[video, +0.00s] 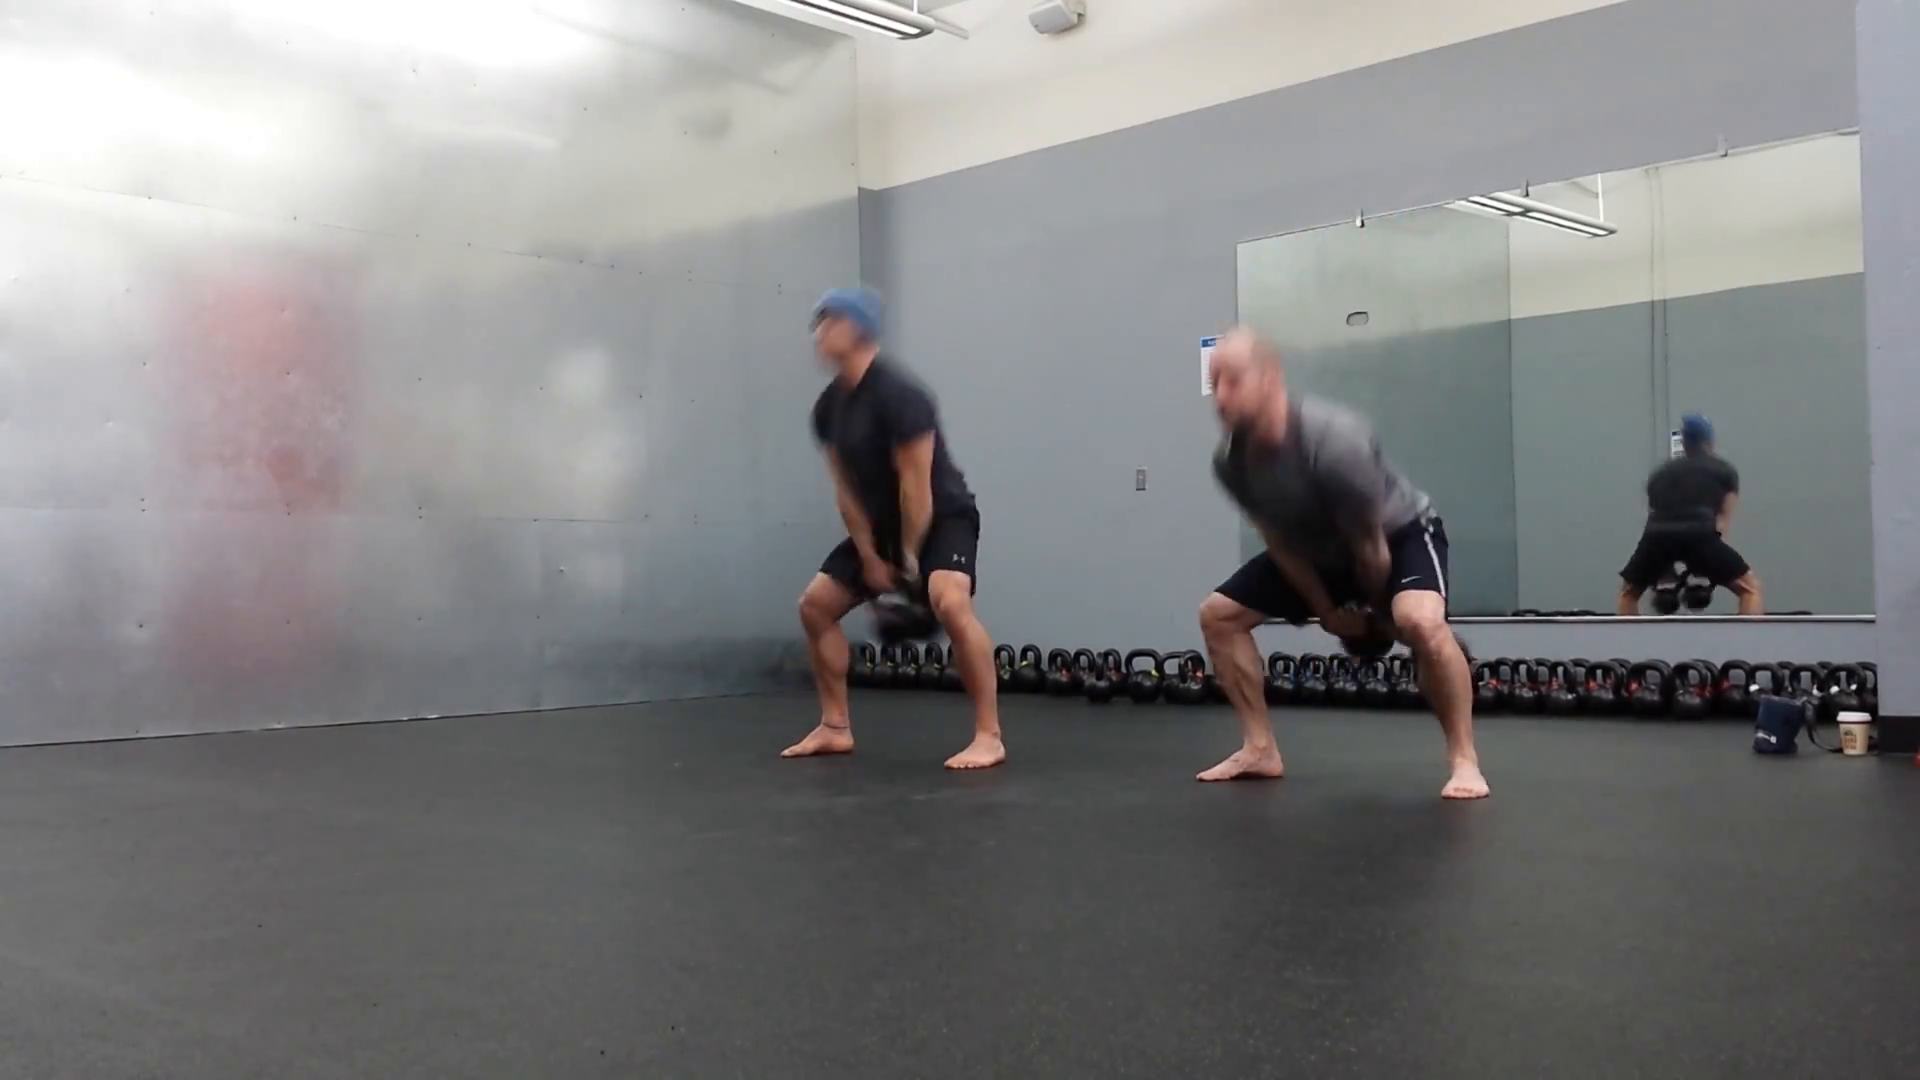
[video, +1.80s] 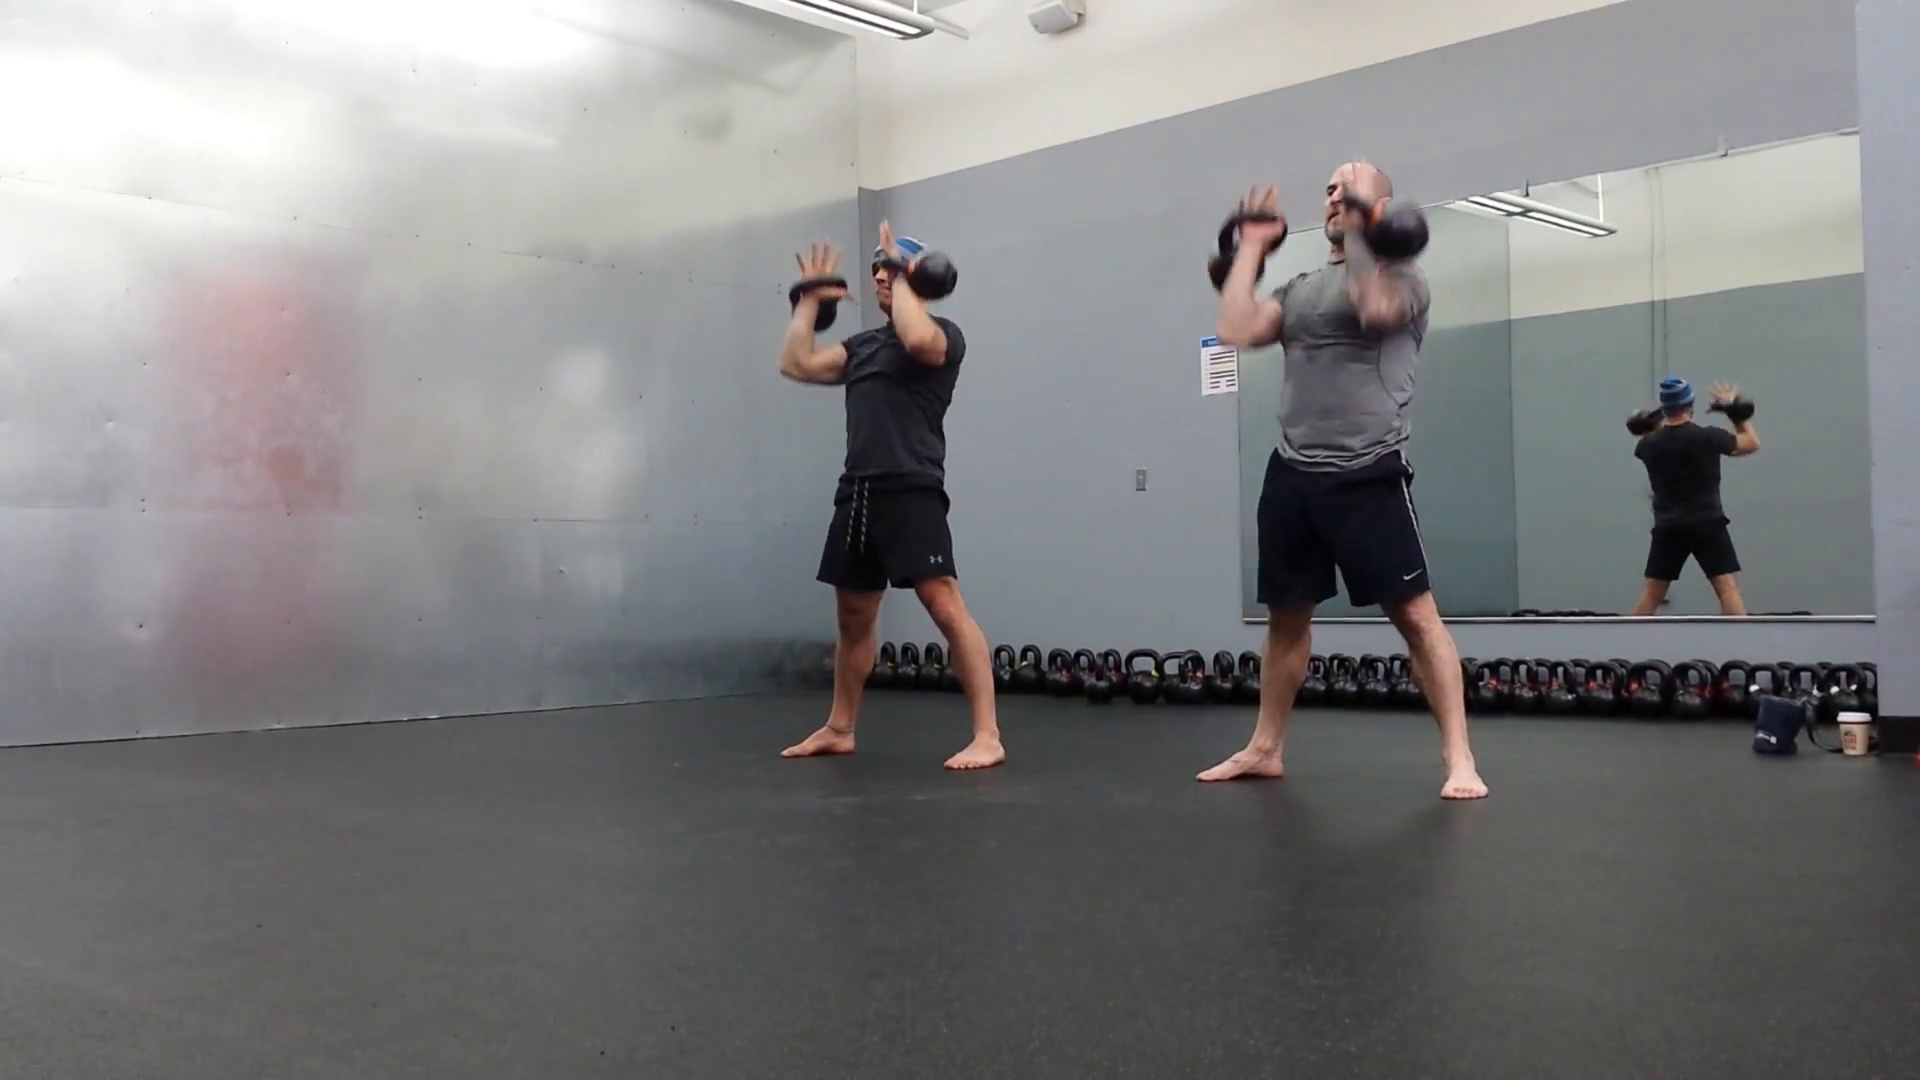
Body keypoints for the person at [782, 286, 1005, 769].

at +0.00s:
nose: (819, 331)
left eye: (831, 321)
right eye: (820, 322)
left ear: (861, 330)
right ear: (827, 334)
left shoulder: (902, 396)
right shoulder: (829, 407)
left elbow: (917, 486)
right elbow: (845, 489)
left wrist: (910, 556)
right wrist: (868, 555)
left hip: (943, 517)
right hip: (882, 522)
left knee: (949, 602)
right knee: (816, 607)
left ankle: (989, 735)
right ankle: (835, 726)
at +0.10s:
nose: (871, 293)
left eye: (882, 284)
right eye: (868, 285)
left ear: (911, 292)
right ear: (866, 296)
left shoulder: (935, 348)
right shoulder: (864, 361)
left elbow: (911, 428)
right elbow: (844, 431)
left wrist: (873, 493)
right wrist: (831, 497)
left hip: (944, 496)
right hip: (893, 500)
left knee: (952, 598)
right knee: (838, 607)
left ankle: (988, 735)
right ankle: (837, 726)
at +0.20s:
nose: (900, 293)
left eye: (909, 283)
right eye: (896, 285)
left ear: (939, 288)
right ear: (897, 294)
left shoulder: (968, 333)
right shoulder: (893, 347)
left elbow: (923, 386)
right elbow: (853, 391)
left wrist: (858, 401)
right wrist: (810, 416)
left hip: (937, 489)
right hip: (884, 488)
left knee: (951, 600)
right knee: (851, 605)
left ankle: (985, 735)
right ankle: (838, 726)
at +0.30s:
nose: (898, 293)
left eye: (908, 283)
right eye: (895, 285)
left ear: (937, 290)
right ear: (897, 296)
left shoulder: (969, 340)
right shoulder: (891, 360)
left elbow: (935, 375)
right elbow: (831, 399)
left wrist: (864, 339)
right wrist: (804, 360)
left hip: (927, 491)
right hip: (872, 491)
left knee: (946, 600)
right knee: (854, 609)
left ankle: (987, 735)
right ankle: (838, 727)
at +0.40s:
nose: (882, 285)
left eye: (891, 276)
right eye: (880, 278)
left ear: (919, 283)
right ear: (878, 283)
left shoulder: (953, 334)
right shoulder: (870, 342)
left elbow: (910, 309)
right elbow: (804, 335)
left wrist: (863, 257)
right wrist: (791, 287)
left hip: (918, 488)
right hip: (862, 491)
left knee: (944, 602)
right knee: (852, 614)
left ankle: (987, 734)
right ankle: (839, 727)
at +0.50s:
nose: (862, 279)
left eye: (875, 270)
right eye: (858, 271)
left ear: (901, 276)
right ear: (857, 279)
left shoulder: (931, 327)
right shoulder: (854, 332)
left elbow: (899, 261)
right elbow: (799, 285)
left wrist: (867, 197)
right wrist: (793, 215)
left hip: (911, 489)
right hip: (856, 492)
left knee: (943, 605)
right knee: (852, 617)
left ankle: (987, 736)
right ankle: (839, 729)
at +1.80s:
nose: (881, 277)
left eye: (894, 269)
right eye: (879, 269)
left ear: (921, 281)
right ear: (874, 284)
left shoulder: (943, 335)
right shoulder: (863, 345)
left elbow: (918, 341)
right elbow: (796, 363)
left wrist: (899, 276)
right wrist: (810, 300)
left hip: (913, 492)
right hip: (857, 493)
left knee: (945, 609)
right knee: (853, 618)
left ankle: (987, 737)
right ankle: (839, 728)